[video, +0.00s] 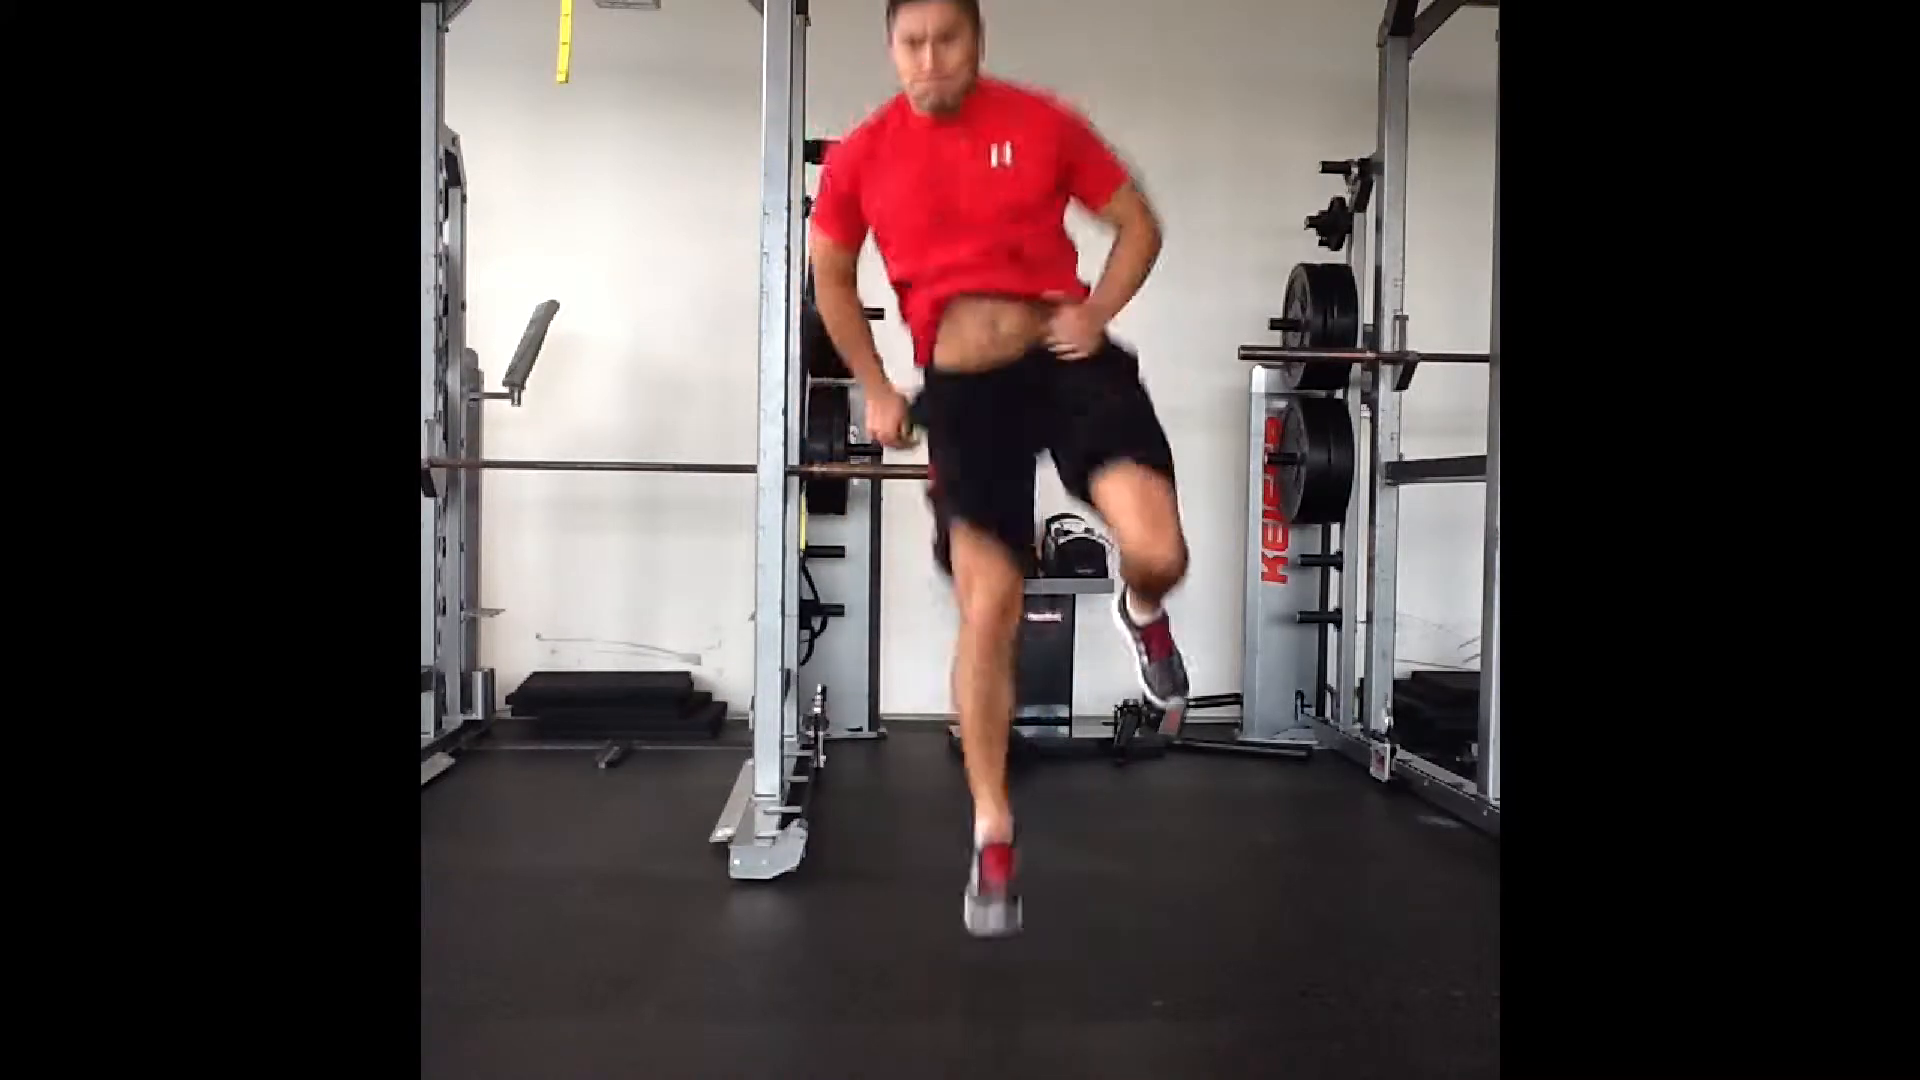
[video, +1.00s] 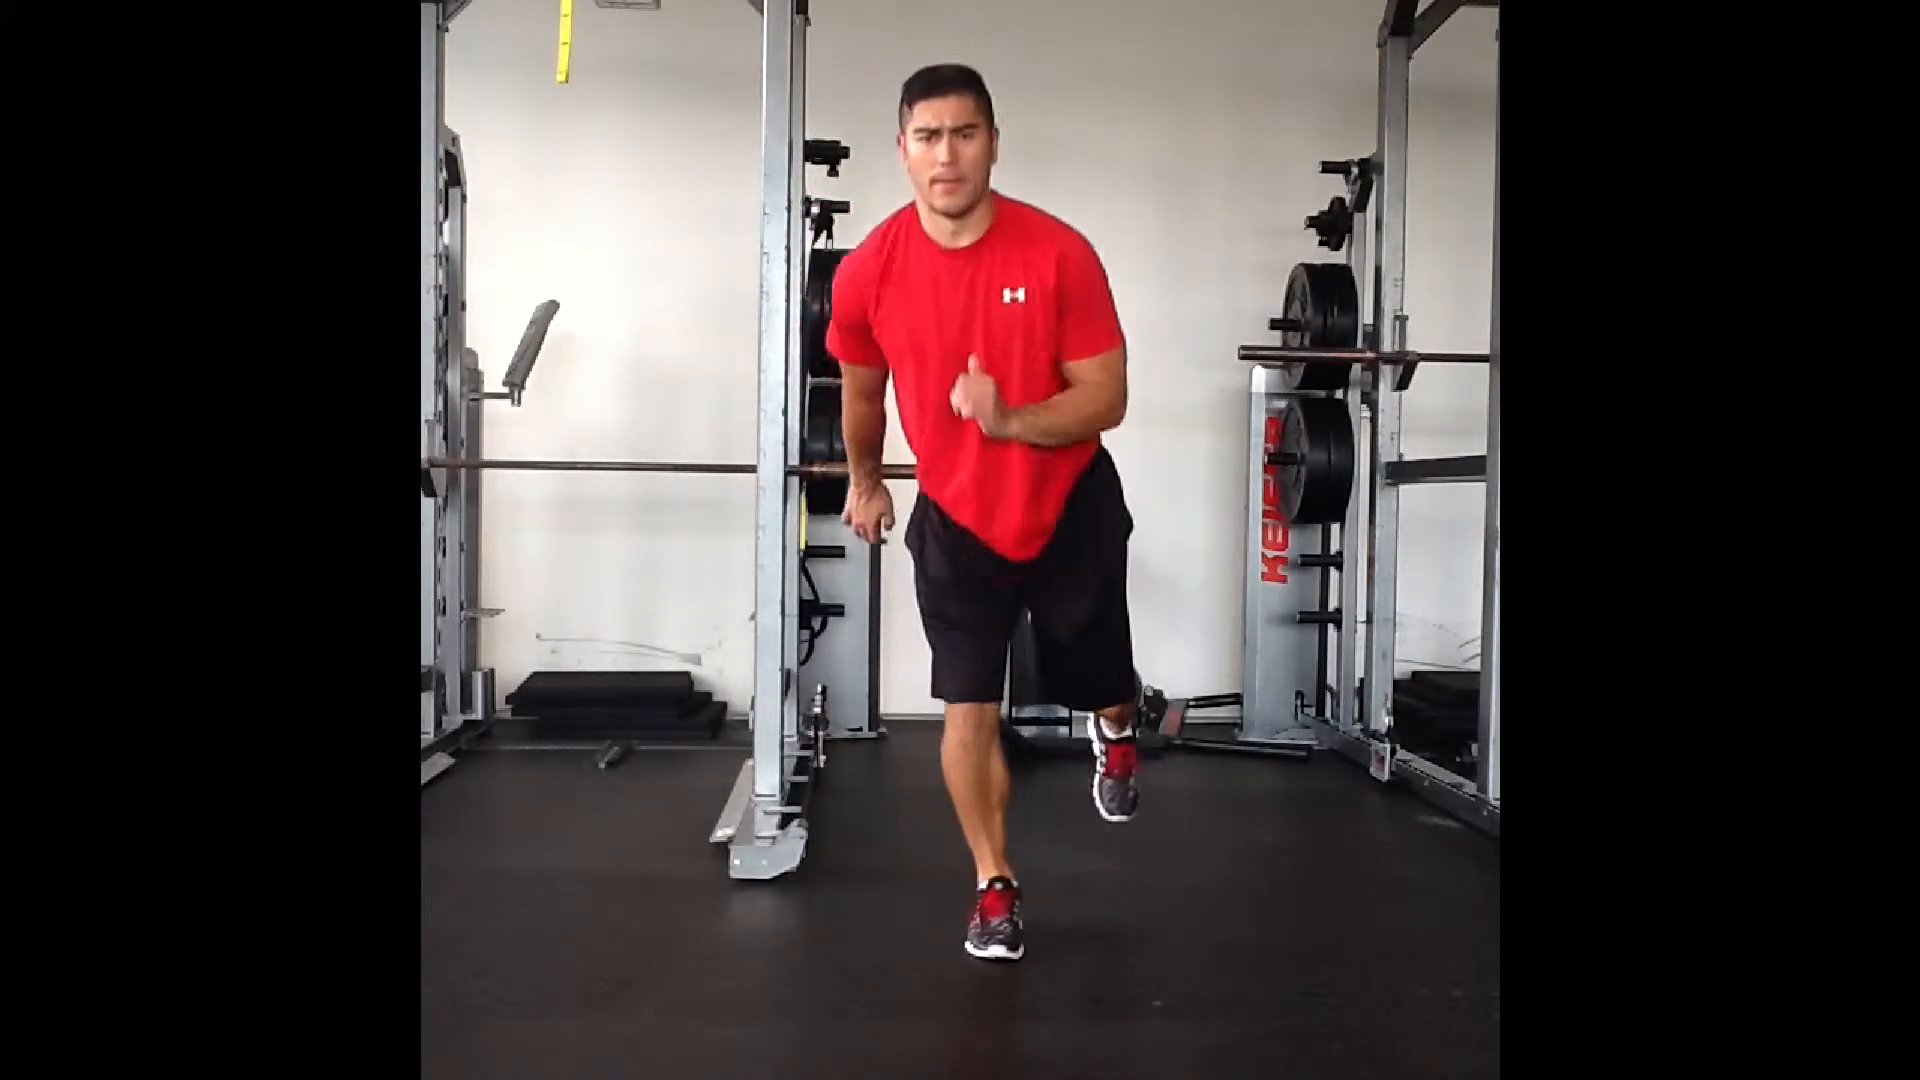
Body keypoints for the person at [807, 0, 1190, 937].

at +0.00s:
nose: (929, 60)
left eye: (945, 40)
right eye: (913, 43)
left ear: (978, 39)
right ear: (892, 49)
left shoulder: (1043, 125)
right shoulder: (860, 154)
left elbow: (1140, 224)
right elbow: (830, 274)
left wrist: (1099, 311)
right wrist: (875, 386)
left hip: (1072, 367)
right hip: (965, 394)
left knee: (1160, 555)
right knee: (989, 605)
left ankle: (1141, 616)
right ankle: (992, 835)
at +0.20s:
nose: (923, 248)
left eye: (940, 227)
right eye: (904, 230)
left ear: (973, 233)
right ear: (886, 243)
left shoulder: (1036, 335)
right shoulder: (860, 347)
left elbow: (1060, 480)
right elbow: (860, 448)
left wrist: (960, 408)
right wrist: (887, 538)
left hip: (1070, 533)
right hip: (960, 545)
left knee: (1125, 722)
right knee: (969, 721)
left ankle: (1152, 748)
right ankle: (997, 888)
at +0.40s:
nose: (927, 292)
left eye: (947, 271)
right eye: (909, 273)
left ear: (981, 277)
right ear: (891, 284)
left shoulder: (1027, 375)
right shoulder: (864, 363)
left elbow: (1029, 516)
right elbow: (913, 451)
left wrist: (945, 401)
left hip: (1068, 556)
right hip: (963, 561)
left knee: (1091, 762)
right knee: (980, 720)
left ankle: (1133, 783)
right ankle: (998, 888)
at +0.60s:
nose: (939, 277)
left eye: (959, 257)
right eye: (921, 258)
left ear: (994, 263)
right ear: (900, 266)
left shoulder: (1042, 364)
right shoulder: (869, 348)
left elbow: (1043, 505)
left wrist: (958, 386)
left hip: (1064, 559)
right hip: (956, 557)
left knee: (1080, 758)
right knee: (973, 715)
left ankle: (1092, 793)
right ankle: (994, 886)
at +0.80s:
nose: (940, 218)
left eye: (959, 197)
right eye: (921, 200)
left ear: (990, 207)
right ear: (898, 214)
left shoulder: (1052, 314)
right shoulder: (865, 322)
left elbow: (1085, 466)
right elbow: (864, 400)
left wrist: (991, 414)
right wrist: (875, 457)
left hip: (1066, 539)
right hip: (952, 545)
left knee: (1089, 702)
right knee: (964, 713)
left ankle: (1100, 764)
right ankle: (991, 886)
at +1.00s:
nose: (946, 155)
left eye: (964, 134)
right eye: (928, 136)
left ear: (993, 145)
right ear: (902, 150)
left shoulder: (1060, 254)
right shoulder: (869, 273)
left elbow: (1105, 397)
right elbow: (862, 387)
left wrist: (1010, 419)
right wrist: (864, 477)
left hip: (1071, 504)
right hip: (956, 513)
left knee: (1100, 680)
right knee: (968, 704)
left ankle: (1114, 733)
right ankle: (993, 885)